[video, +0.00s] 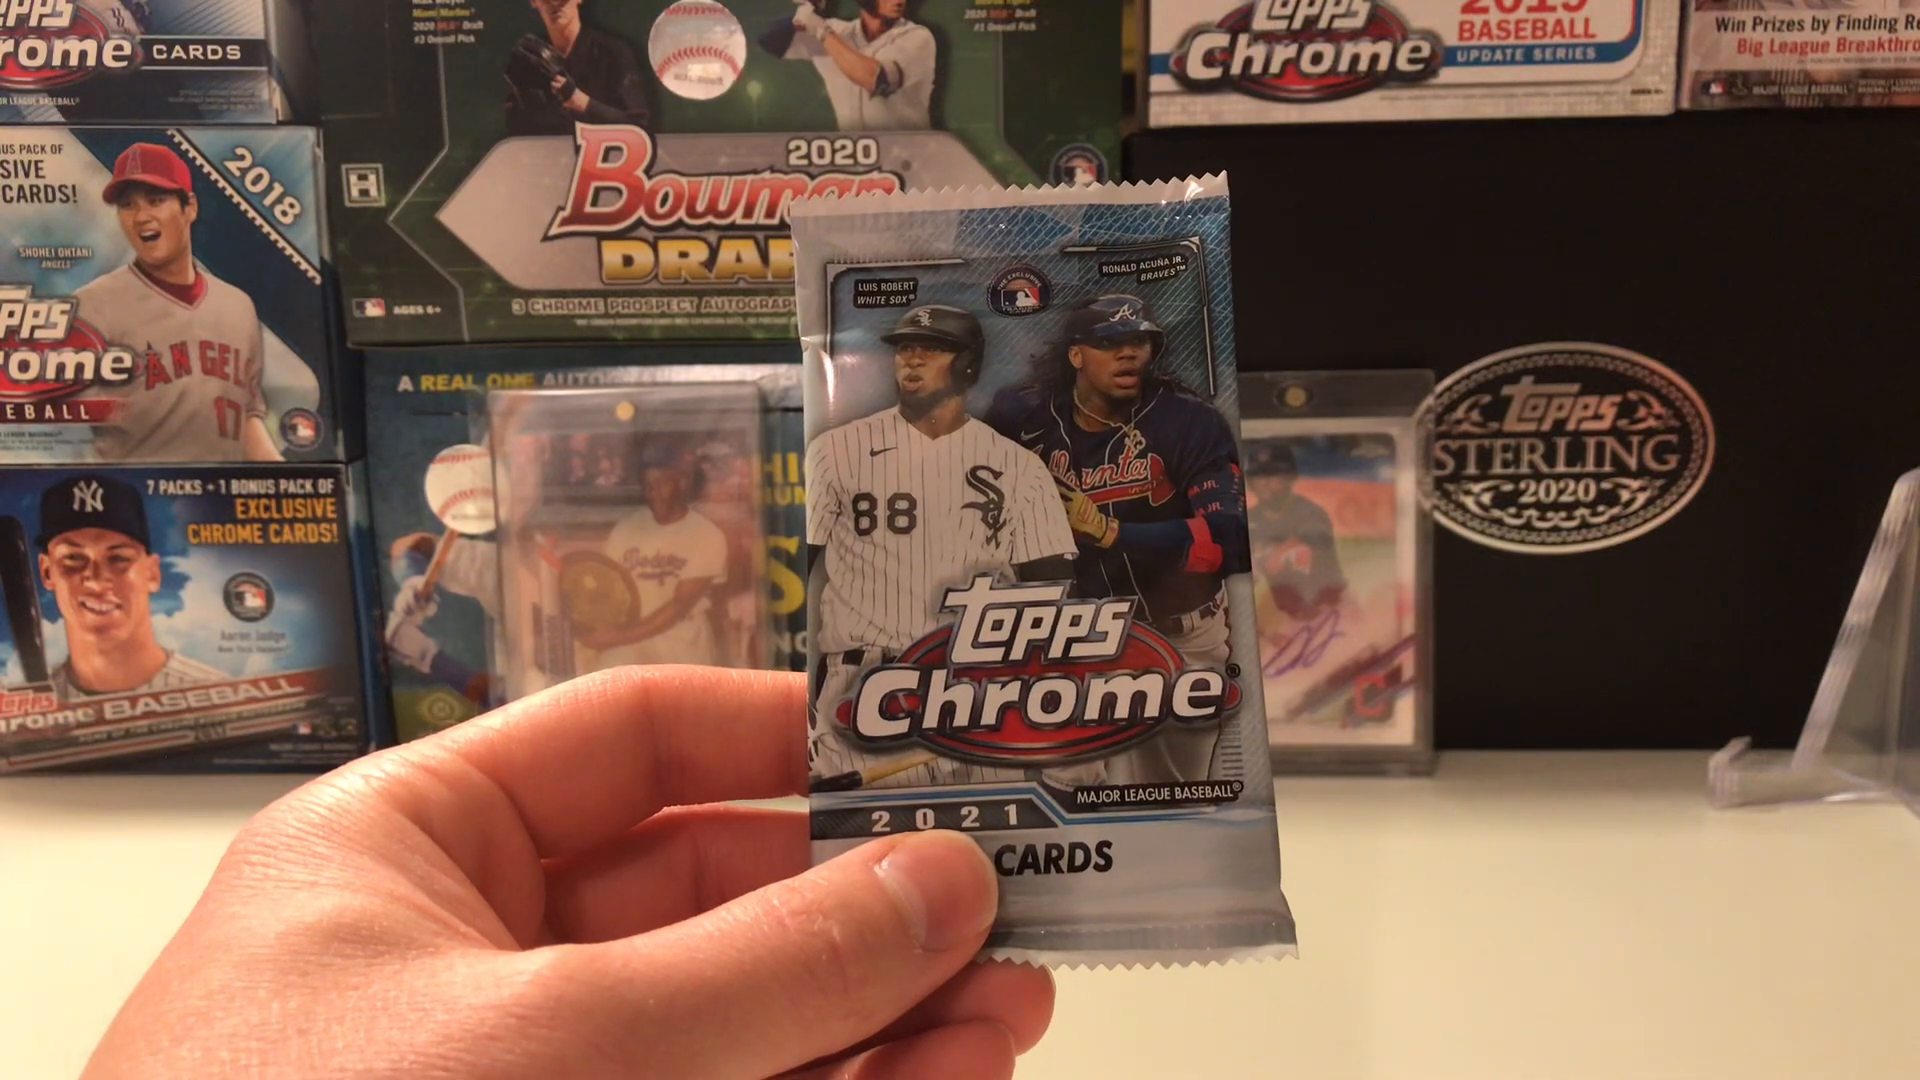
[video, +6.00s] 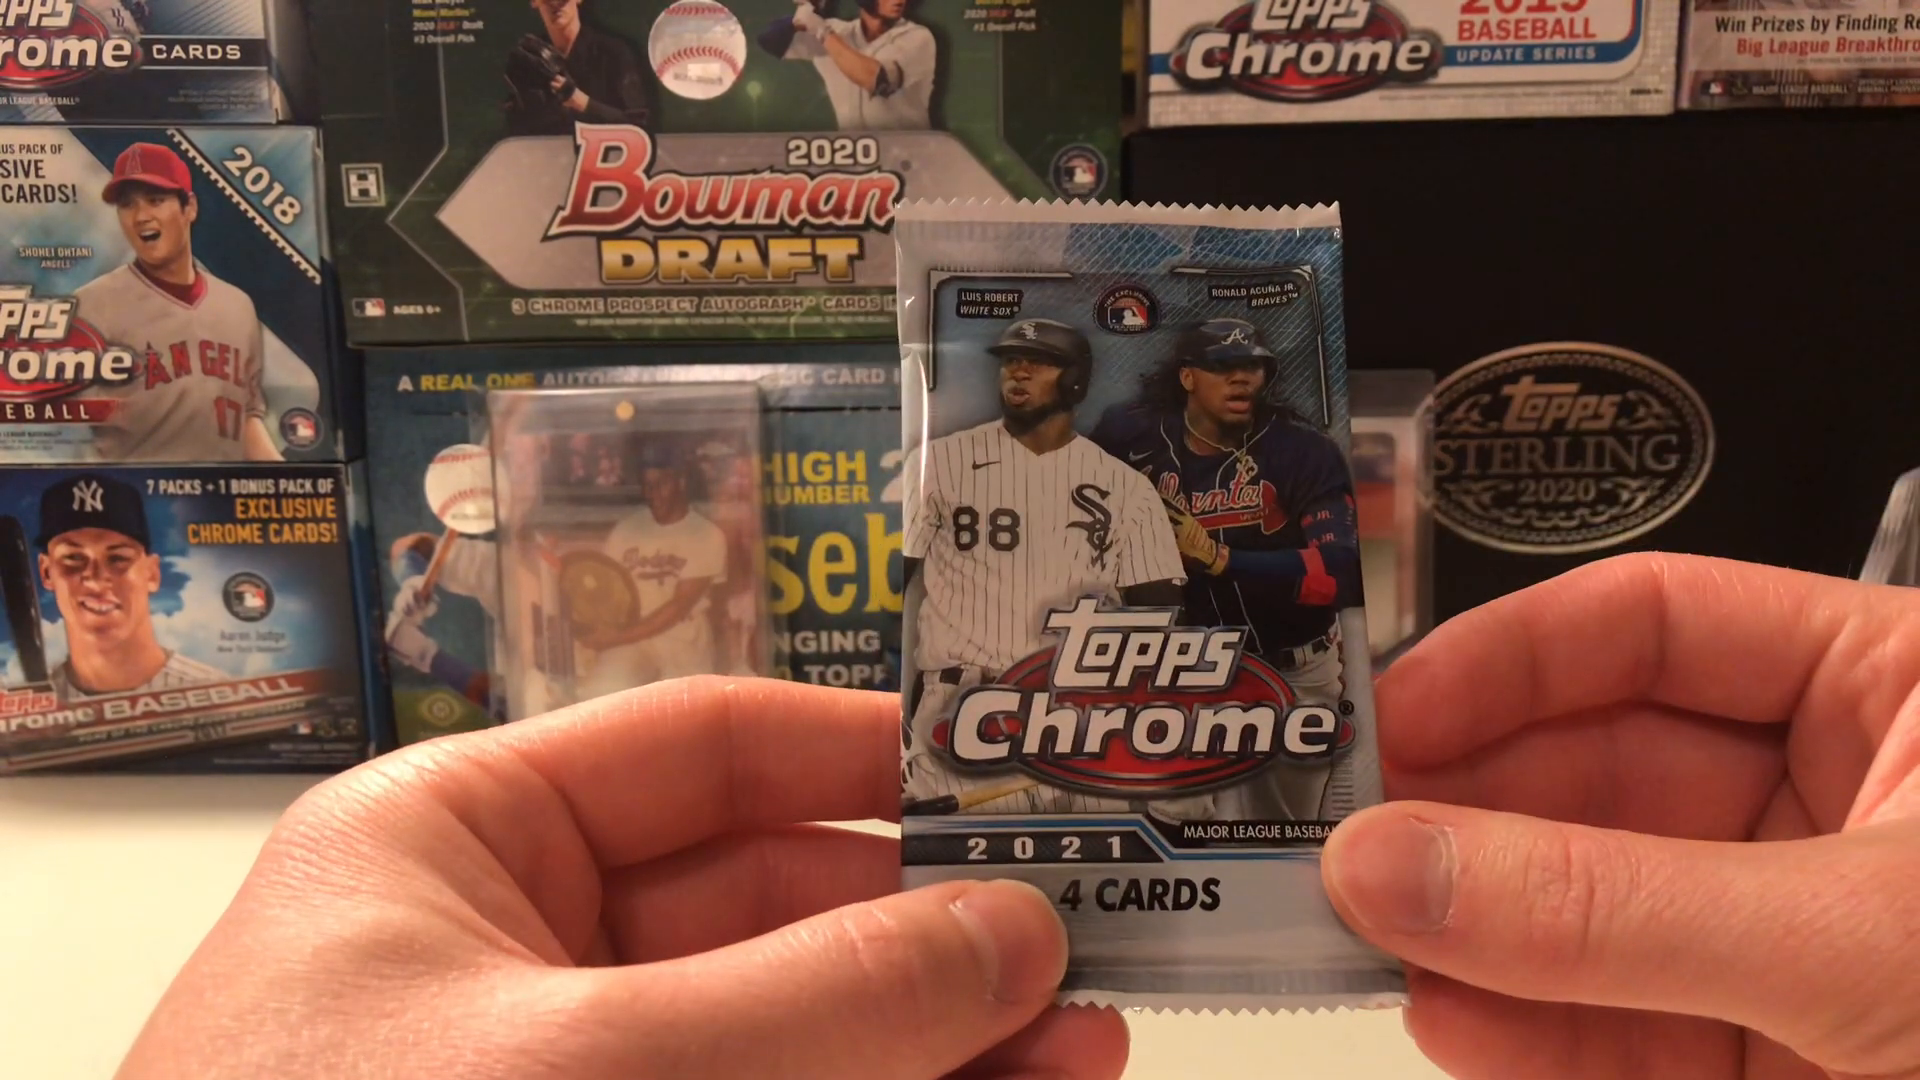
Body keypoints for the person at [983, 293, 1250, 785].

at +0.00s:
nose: (1131, 354)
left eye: (1140, 341)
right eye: (1113, 343)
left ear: (1153, 349)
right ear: (1076, 356)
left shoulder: (1190, 423)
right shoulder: (1023, 419)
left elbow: (1226, 537)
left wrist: (1112, 532)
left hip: (1182, 630)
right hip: (1070, 636)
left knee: (1178, 801)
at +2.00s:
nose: (1119, 356)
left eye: (1128, 343)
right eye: (1101, 345)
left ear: (1141, 351)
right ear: (1066, 358)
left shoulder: (1180, 423)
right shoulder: (1015, 420)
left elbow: (1213, 535)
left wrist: (1101, 528)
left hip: (1178, 627)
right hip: (1070, 632)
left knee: (1180, 790)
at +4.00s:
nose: (1131, 359)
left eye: (1139, 347)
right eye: (1113, 349)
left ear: (1153, 356)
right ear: (1078, 361)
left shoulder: (1191, 427)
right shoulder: (1024, 421)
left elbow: (1224, 539)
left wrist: (1112, 532)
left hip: (1182, 632)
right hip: (1072, 635)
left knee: (1176, 799)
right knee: (1075, 795)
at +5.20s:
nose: (1191, 372)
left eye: (1199, 360)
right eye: (1172, 361)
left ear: (1212, 369)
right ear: (1137, 374)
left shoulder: (1253, 443)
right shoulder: (1086, 437)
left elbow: (1287, 557)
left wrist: (1172, 546)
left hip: (1249, 648)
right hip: (1136, 651)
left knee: (1247, 814)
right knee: (1139, 812)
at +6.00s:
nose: (1242, 379)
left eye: (1251, 366)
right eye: (1225, 367)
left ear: (1265, 375)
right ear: (1187, 377)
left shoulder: (1307, 455)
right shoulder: (1136, 443)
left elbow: (1336, 575)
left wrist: (1219, 558)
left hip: (1298, 669)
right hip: (1185, 671)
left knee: (1294, 838)